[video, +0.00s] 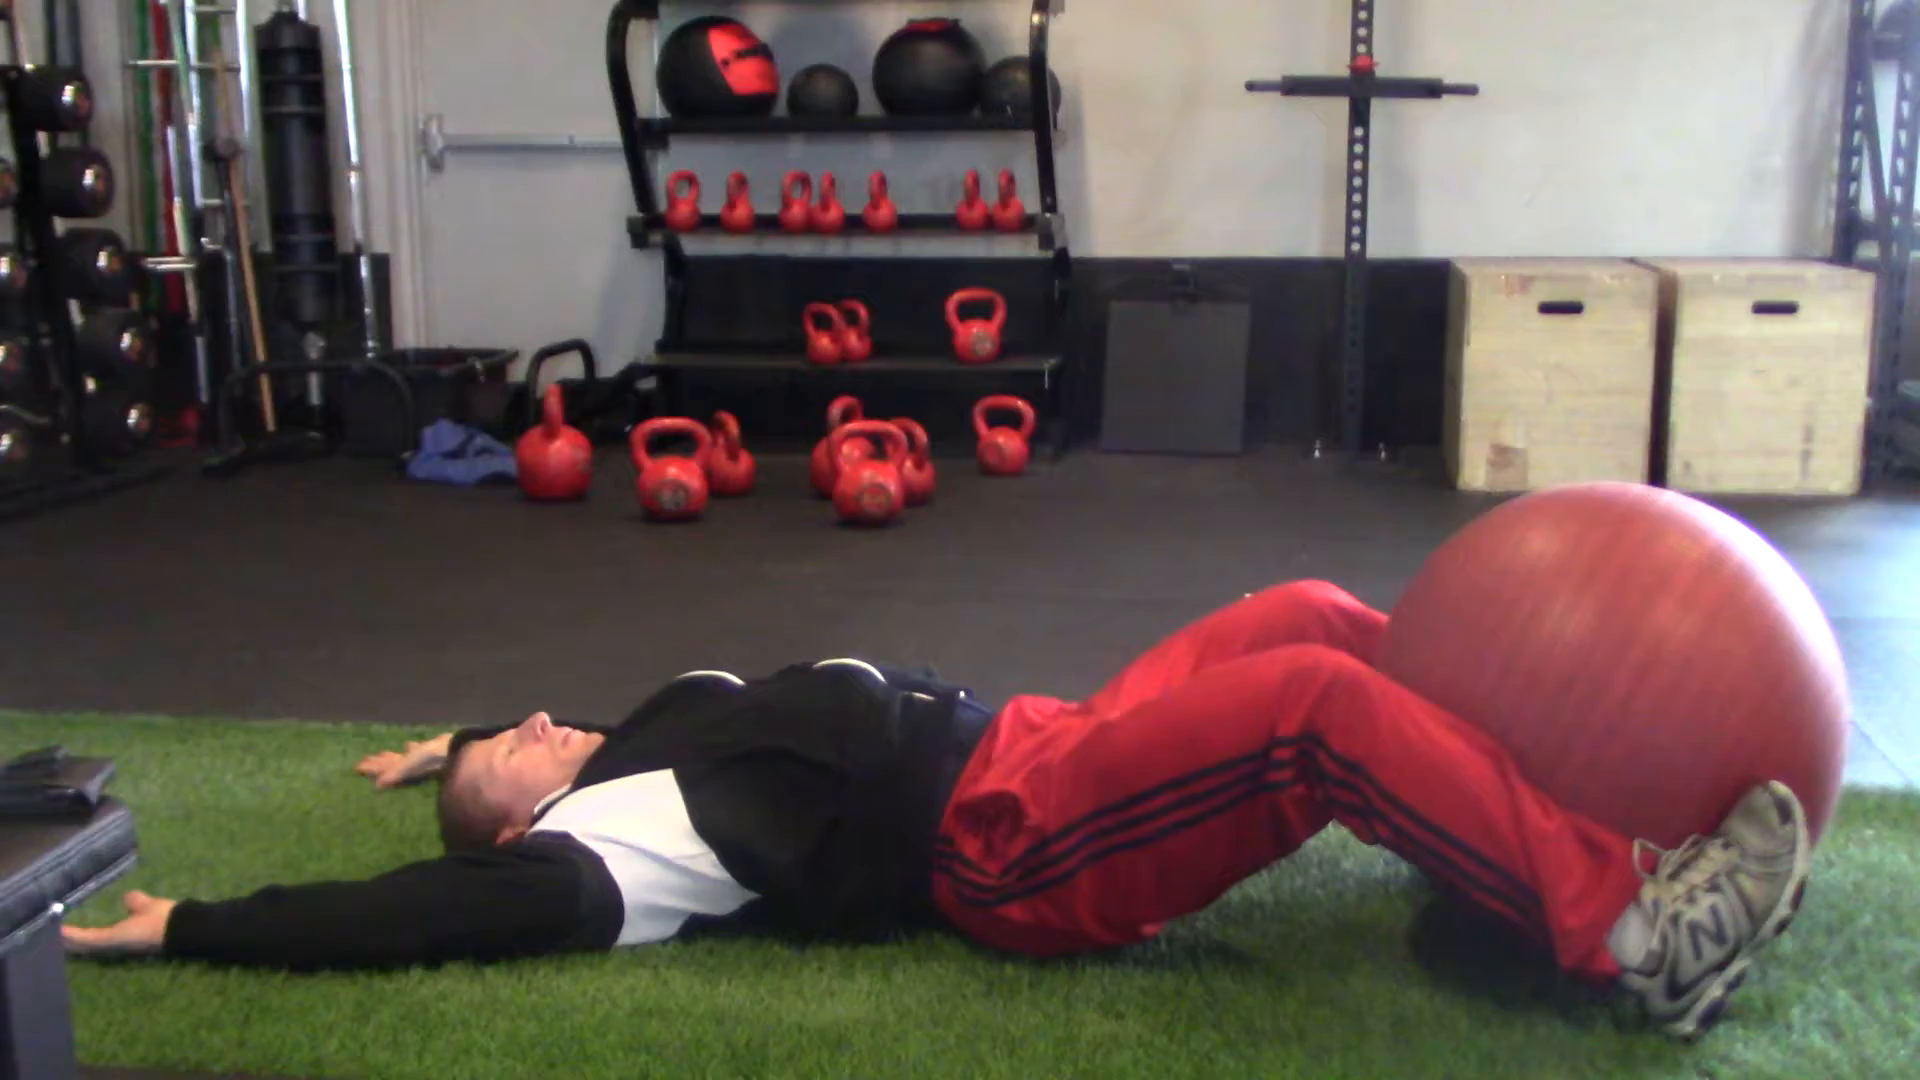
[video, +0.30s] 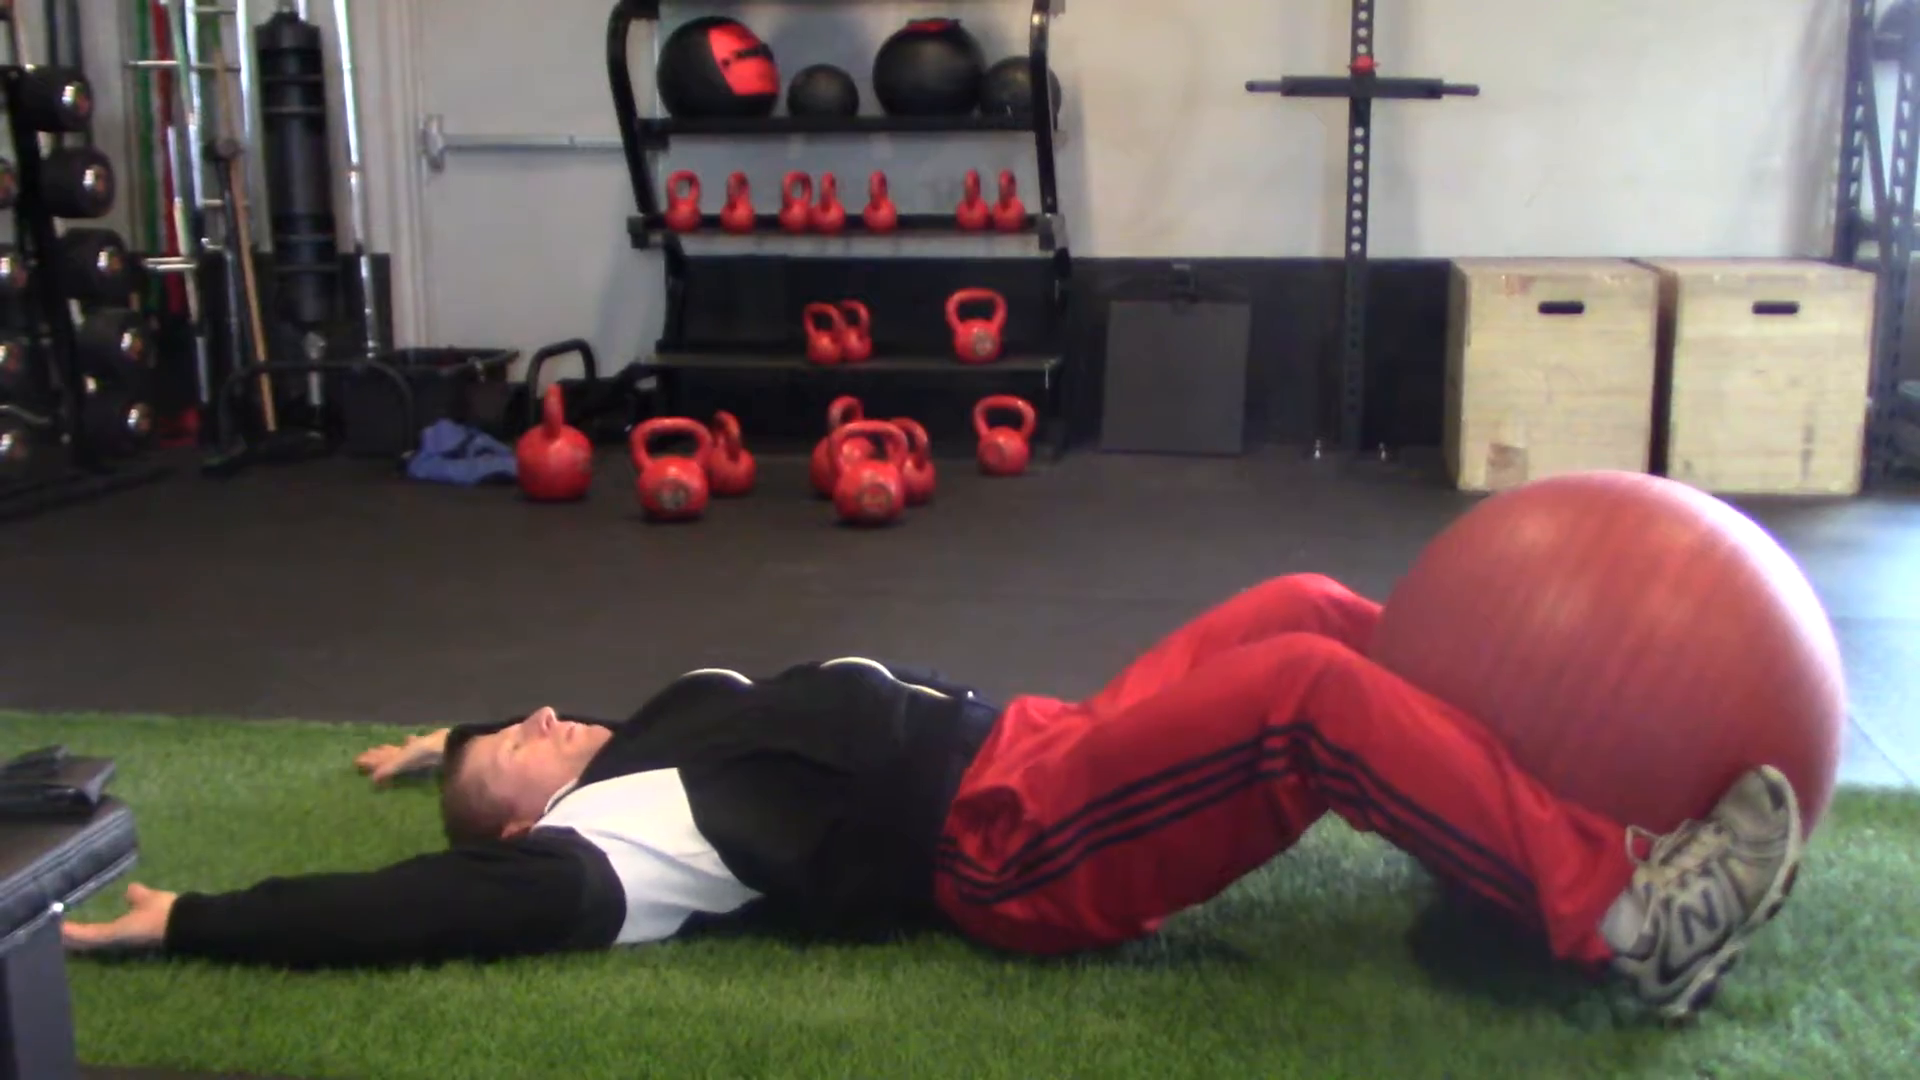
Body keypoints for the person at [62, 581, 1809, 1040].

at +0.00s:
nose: (521, 744)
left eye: (506, 736)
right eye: (495, 766)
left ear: (536, 747)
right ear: (494, 830)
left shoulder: (653, 757)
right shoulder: (604, 856)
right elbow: (416, 913)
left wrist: (443, 762)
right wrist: (179, 930)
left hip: (1043, 740)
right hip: (1015, 836)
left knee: (1315, 619)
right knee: (1310, 687)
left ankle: (1532, 883)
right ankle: (1626, 933)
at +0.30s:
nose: (527, 741)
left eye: (513, 731)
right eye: (503, 762)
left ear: (549, 735)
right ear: (503, 823)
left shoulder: (663, 741)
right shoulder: (613, 841)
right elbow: (435, 911)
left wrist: (451, 742)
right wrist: (193, 920)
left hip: (1048, 738)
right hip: (1016, 833)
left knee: (1312, 610)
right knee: (1296, 665)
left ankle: (1536, 868)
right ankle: (1616, 914)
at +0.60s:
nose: (539, 711)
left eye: (531, 704)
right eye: (518, 736)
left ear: (565, 708)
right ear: (526, 793)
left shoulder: (670, 721)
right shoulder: (616, 839)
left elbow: (591, 656)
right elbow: (427, 857)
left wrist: (443, 634)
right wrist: (208, 779)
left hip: (1020, 767)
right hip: (1008, 852)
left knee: (1205, 530)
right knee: (1192, 558)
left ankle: (1532, 562)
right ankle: (1542, 596)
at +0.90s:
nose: (550, 674)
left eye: (538, 673)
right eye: (524, 693)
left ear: (576, 698)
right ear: (521, 755)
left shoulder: (686, 703)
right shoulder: (602, 833)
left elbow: (647, 597)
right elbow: (453, 720)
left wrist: (572, 446)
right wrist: (339, 538)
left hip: (1046, 782)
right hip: (999, 838)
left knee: (990, 485)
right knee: (893, 511)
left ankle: (1074, 241)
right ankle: (1035, 244)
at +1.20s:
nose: (523, 690)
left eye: (496, 695)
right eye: (489, 714)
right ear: (495, 809)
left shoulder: (674, 736)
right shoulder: (588, 845)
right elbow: (576, 657)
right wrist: (533, 448)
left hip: (1023, 713)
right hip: (949, 770)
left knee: (815, 477)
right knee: (714, 547)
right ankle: (659, 204)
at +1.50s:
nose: (486, 718)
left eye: (478, 718)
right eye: (468, 743)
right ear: (483, 821)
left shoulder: (665, 716)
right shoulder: (578, 864)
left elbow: (644, 562)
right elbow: (523, 672)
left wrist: (562, 398)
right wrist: (427, 484)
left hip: (1031, 721)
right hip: (953, 784)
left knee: (844, 473)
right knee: (736, 523)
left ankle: (840, 187)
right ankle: (729, 188)